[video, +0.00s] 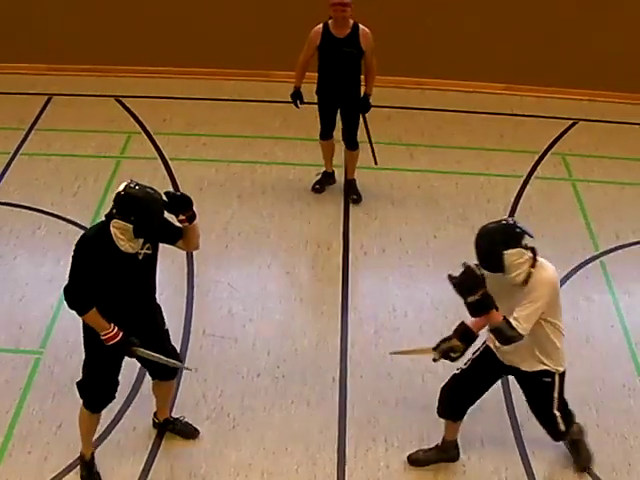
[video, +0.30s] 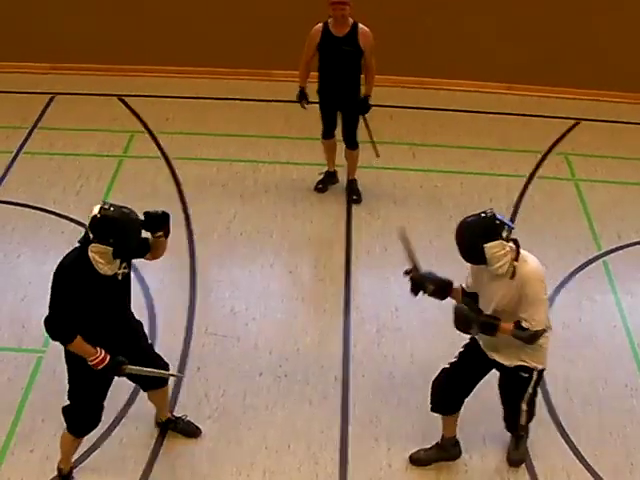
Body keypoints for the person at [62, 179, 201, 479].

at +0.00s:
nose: (149, 233)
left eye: (151, 227)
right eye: (145, 227)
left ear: (151, 220)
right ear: (128, 222)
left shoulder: (150, 226)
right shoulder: (91, 244)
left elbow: (190, 243)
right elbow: (76, 297)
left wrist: (188, 218)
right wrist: (110, 333)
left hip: (145, 314)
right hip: (104, 325)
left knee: (167, 366)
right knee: (97, 393)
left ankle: (163, 419)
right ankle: (86, 456)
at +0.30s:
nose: (129, 251)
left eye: (131, 245)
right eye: (125, 246)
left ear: (123, 241)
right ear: (107, 242)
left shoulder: (120, 249)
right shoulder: (71, 270)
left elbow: (154, 253)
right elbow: (56, 326)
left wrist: (159, 233)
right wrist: (98, 357)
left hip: (124, 333)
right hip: (87, 349)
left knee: (156, 374)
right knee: (83, 418)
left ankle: (164, 417)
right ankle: (64, 469)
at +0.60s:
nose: (125, 259)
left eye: (125, 256)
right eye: (121, 256)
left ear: (118, 251)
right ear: (108, 255)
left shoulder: (110, 258)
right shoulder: (67, 284)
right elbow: (55, 346)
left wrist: (139, 245)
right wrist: (94, 372)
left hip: (117, 341)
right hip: (83, 358)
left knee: (154, 388)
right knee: (87, 422)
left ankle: (150, 452)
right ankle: (82, 467)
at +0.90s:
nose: (152, 246)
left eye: (150, 242)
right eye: (147, 243)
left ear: (144, 238)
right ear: (130, 239)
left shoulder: (140, 240)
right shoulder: (91, 268)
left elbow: (176, 234)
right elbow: (79, 332)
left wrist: (176, 219)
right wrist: (116, 358)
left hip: (138, 329)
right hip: (103, 345)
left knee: (170, 384)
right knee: (109, 422)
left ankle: (157, 443)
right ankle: (88, 454)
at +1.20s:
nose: (144, 230)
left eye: (144, 225)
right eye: (140, 226)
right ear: (126, 226)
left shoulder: (126, 229)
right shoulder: (85, 256)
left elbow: (155, 215)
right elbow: (73, 322)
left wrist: (162, 205)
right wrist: (112, 347)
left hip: (131, 316)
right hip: (97, 336)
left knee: (172, 361)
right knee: (96, 407)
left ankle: (173, 417)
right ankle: (71, 450)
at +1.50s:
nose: (123, 212)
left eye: (124, 208)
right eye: (120, 208)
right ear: (102, 206)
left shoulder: (94, 205)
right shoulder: (67, 237)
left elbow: (117, 223)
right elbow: (74, 305)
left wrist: (145, 214)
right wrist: (124, 316)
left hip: (100, 282)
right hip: (70, 301)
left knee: (139, 324)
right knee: (95, 370)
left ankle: (159, 375)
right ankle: (86, 414)